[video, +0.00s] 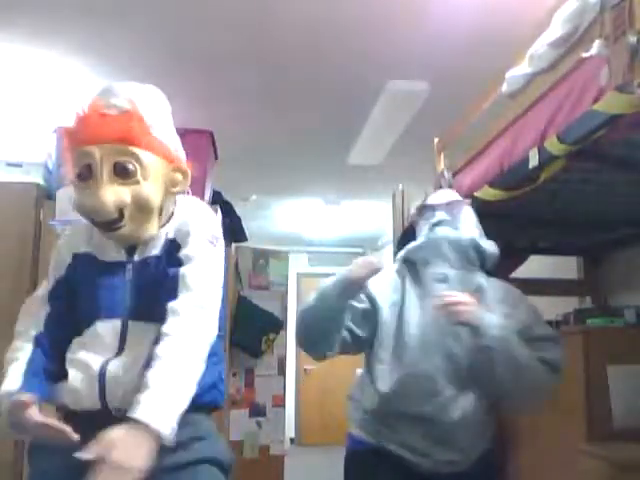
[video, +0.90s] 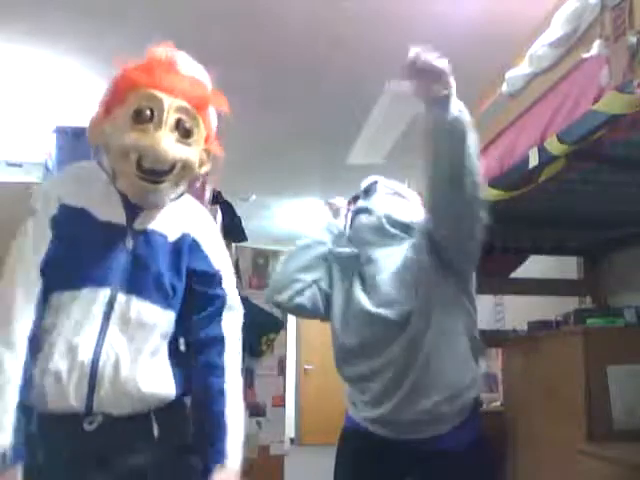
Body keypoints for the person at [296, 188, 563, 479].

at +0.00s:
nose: (444, 224)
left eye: (457, 215)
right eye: (434, 217)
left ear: (476, 231)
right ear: (417, 231)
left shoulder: (504, 298)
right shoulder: (388, 286)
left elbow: (538, 382)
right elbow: (314, 340)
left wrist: (484, 324)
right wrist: (346, 284)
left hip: (469, 459)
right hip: (383, 456)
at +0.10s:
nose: (461, 223)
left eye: (472, 216)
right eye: (447, 214)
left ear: (486, 227)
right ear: (426, 224)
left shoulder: (507, 299)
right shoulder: (395, 285)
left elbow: (533, 388)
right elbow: (326, 319)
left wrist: (528, 343)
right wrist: (399, 254)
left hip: (468, 457)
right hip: (383, 452)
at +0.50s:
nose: (438, 224)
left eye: (448, 213)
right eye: (423, 212)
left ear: (461, 221)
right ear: (392, 224)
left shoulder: (482, 280)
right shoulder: (368, 274)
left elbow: (514, 349)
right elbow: (336, 308)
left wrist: (531, 334)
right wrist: (403, 240)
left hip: (460, 450)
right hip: (375, 450)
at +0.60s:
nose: (403, 226)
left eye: (413, 215)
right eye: (391, 217)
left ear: (427, 219)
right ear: (372, 226)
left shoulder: (471, 280)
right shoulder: (360, 283)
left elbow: (543, 323)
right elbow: (317, 326)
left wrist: (515, 266)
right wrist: (367, 255)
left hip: (456, 457)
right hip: (373, 455)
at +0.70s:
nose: (390, 222)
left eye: (401, 211)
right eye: (379, 214)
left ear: (425, 224)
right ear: (363, 230)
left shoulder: (467, 273)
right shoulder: (354, 285)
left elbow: (543, 279)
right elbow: (299, 318)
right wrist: (348, 246)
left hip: (458, 457)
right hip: (372, 457)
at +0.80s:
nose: (378, 209)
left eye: (389, 199)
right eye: (368, 203)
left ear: (412, 214)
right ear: (354, 222)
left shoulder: (451, 254)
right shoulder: (343, 274)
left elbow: (507, 221)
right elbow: (287, 299)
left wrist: (450, 133)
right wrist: (333, 232)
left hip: (451, 452)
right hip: (369, 454)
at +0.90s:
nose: (372, 202)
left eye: (392, 194)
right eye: (363, 198)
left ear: (417, 211)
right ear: (350, 218)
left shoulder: (440, 256)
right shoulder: (338, 275)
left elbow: (457, 192)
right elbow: (285, 289)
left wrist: (442, 105)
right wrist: (332, 225)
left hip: (448, 447)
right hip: (367, 447)